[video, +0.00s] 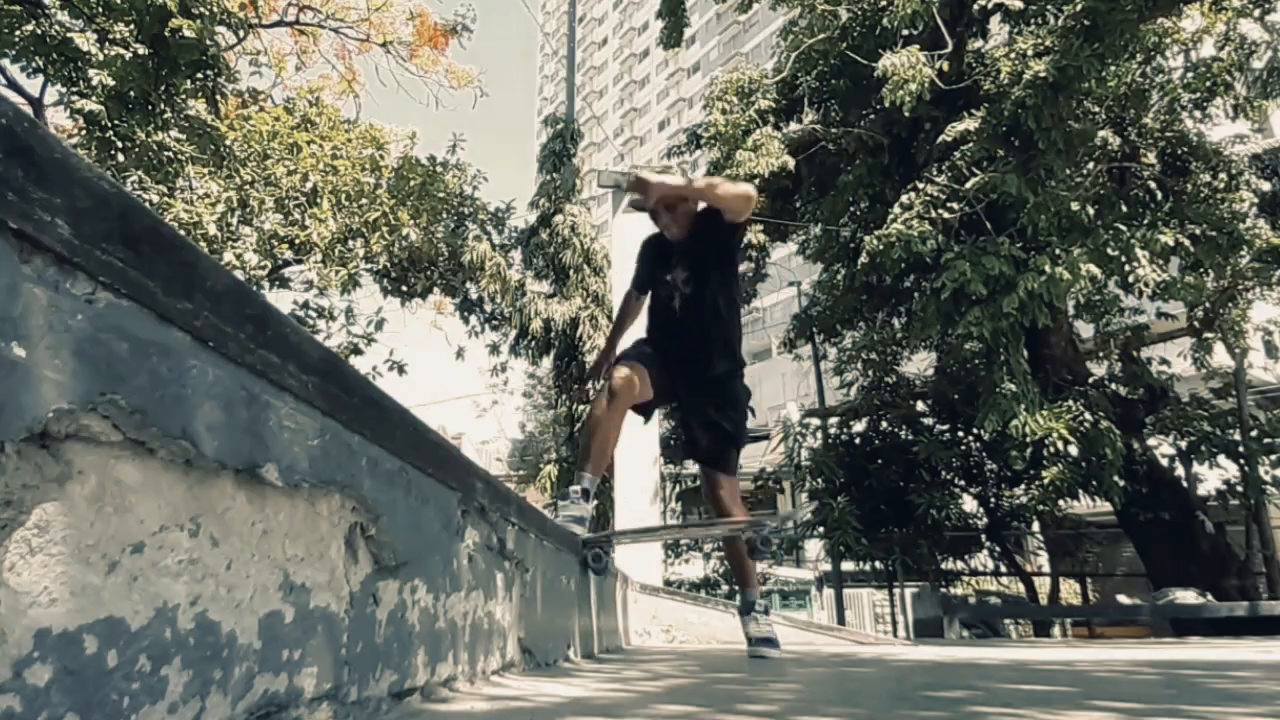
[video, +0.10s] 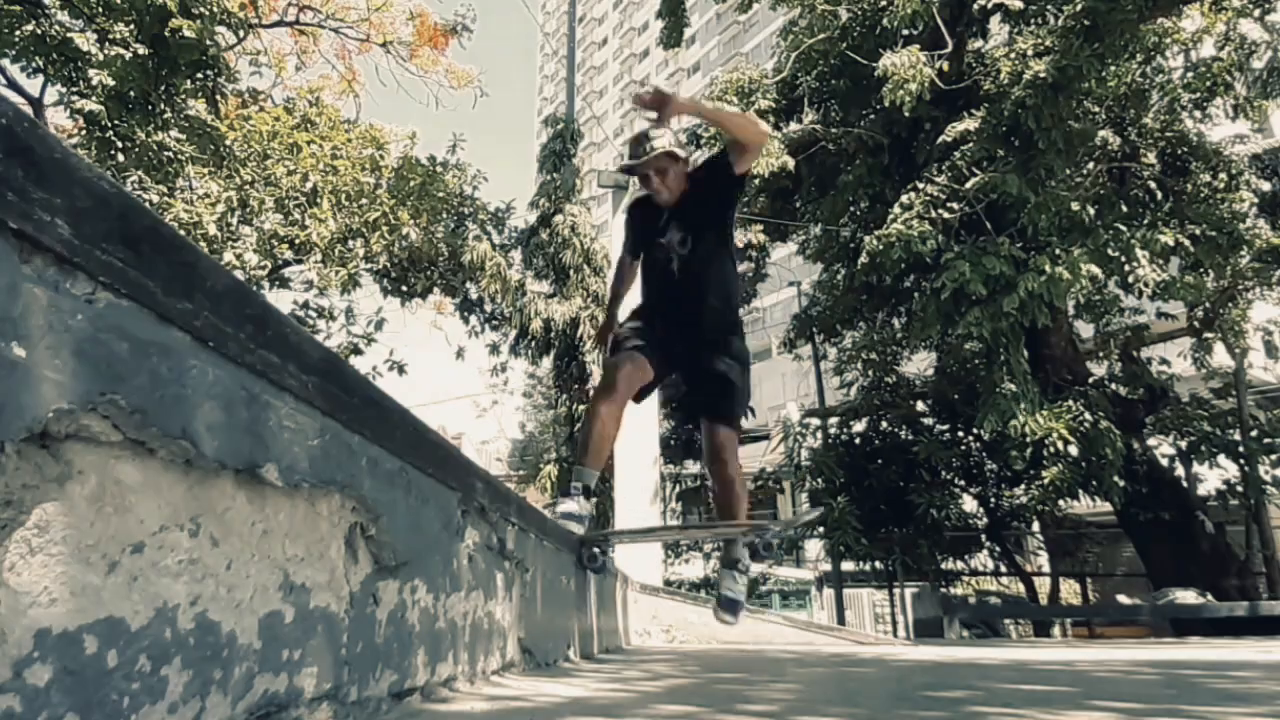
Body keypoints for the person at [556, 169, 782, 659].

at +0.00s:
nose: (661, 219)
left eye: (667, 209)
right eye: (654, 211)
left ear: (686, 204)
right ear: (651, 214)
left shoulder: (719, 231)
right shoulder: (654, 248)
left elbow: (747, 198)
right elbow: (634, 299)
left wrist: (692, 189)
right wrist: (610, 349)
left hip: (716, 371)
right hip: (664, 359)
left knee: (722, 493)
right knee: (619, 384)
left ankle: (753, 605)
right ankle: (583, 496)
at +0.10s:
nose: (650, 185)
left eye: (656, 173)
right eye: (643, 177)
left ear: (679, 165)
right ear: (642, 177)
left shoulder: (714, 184)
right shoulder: (642, 211)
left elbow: (755, 135)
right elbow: (628, 262)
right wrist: (610, 316)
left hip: (716, 336)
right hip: (657, 330)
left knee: (722, 449)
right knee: (616, 376)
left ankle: (735, 560)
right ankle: (581, 492)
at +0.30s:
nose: (653, 156)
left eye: (660, 145)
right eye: (644, 149)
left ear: (682, 135)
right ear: (638, 149)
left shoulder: (717, 151)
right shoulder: (636, 182)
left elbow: (775, 97)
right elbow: (607, 232)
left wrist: (726, 52)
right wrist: (575, 275)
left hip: (718, 303)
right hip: (656, 302)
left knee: (722, 394)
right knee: (618, 377)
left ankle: (718, 486)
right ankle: (574, 490)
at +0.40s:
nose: (660, 128)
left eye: (667, 116)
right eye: (650, 120)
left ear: (689, 105)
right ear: (640, 119)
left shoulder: (725, 127)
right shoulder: (634, 157)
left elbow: (792, 77)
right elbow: (585, 193)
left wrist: (790, 25)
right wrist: (535, 221)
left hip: (720, 278)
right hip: (655, 283)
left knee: (738, 327)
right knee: (620, 364)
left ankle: (711, 428)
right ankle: (567, 488)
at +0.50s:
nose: (660, 106)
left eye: (668, 94)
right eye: (651, 96)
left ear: (695, 85)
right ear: (643, 93)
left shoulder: (731, 107)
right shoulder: (632, 130)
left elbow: (812, 65)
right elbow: (561, 150)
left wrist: (849, 17)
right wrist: (492, 156)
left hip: (725, 256)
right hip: (659, 264)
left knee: (744, 290)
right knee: (616, 358)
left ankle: (717, 417)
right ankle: (577, 485)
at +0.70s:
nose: (675, 83)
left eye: (685, 70)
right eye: (664, 72)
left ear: (709, 62)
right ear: (653, 70)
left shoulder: (744, 94)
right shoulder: (633, 99)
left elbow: (841, 82)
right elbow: (546, 79)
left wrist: (913, 57)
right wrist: (462, 55)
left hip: (731, 248)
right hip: (661, 255)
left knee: (735, 298)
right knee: (626, 355)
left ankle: (739, 447)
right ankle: (640, 492)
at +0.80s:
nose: (681, 83)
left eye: (692, 70)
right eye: (670, 70)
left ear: (717, 64)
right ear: (657, 64)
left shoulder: (749, 96)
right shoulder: (633, 91)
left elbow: (842, 105)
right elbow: (541, 65)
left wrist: (922, 102)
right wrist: (461, 29)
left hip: (732, 247)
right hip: (660, 256)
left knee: (731, 309)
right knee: (632, 368)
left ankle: (743, 465)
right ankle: (661, 508)